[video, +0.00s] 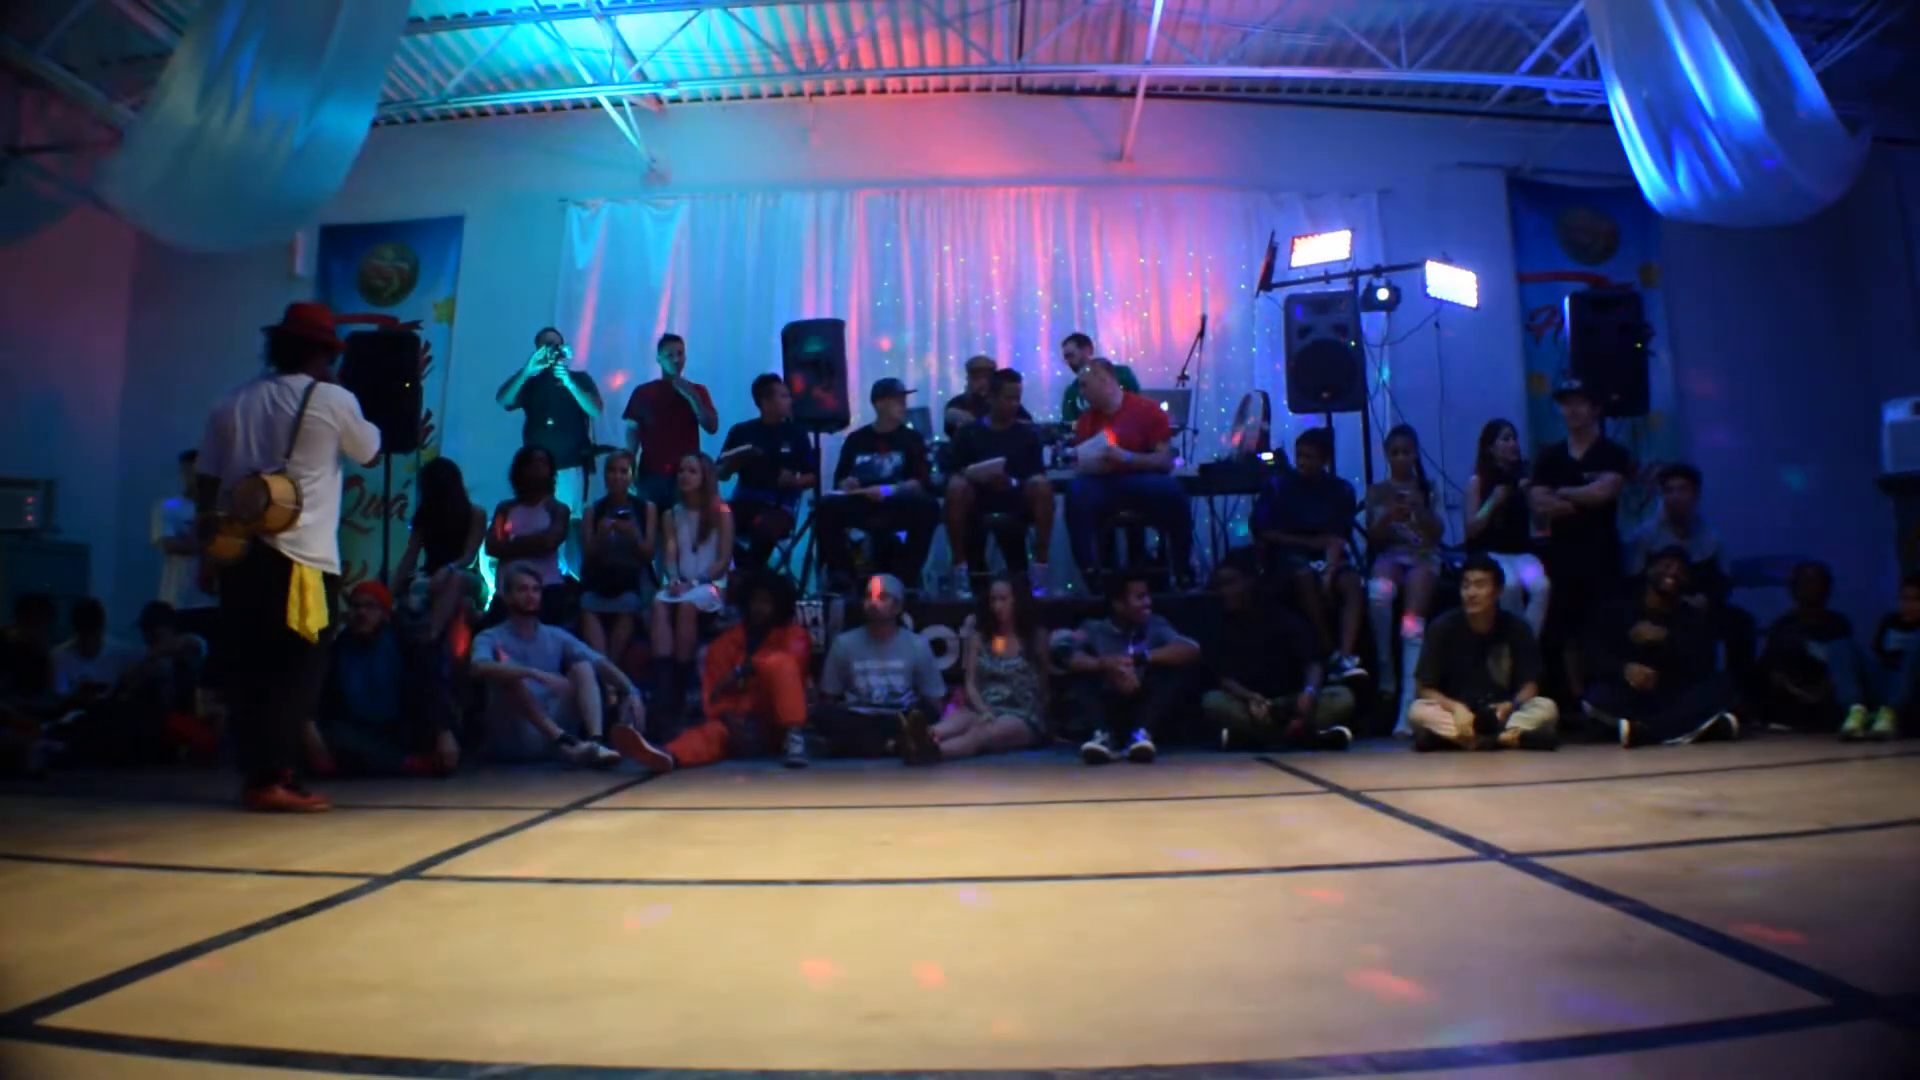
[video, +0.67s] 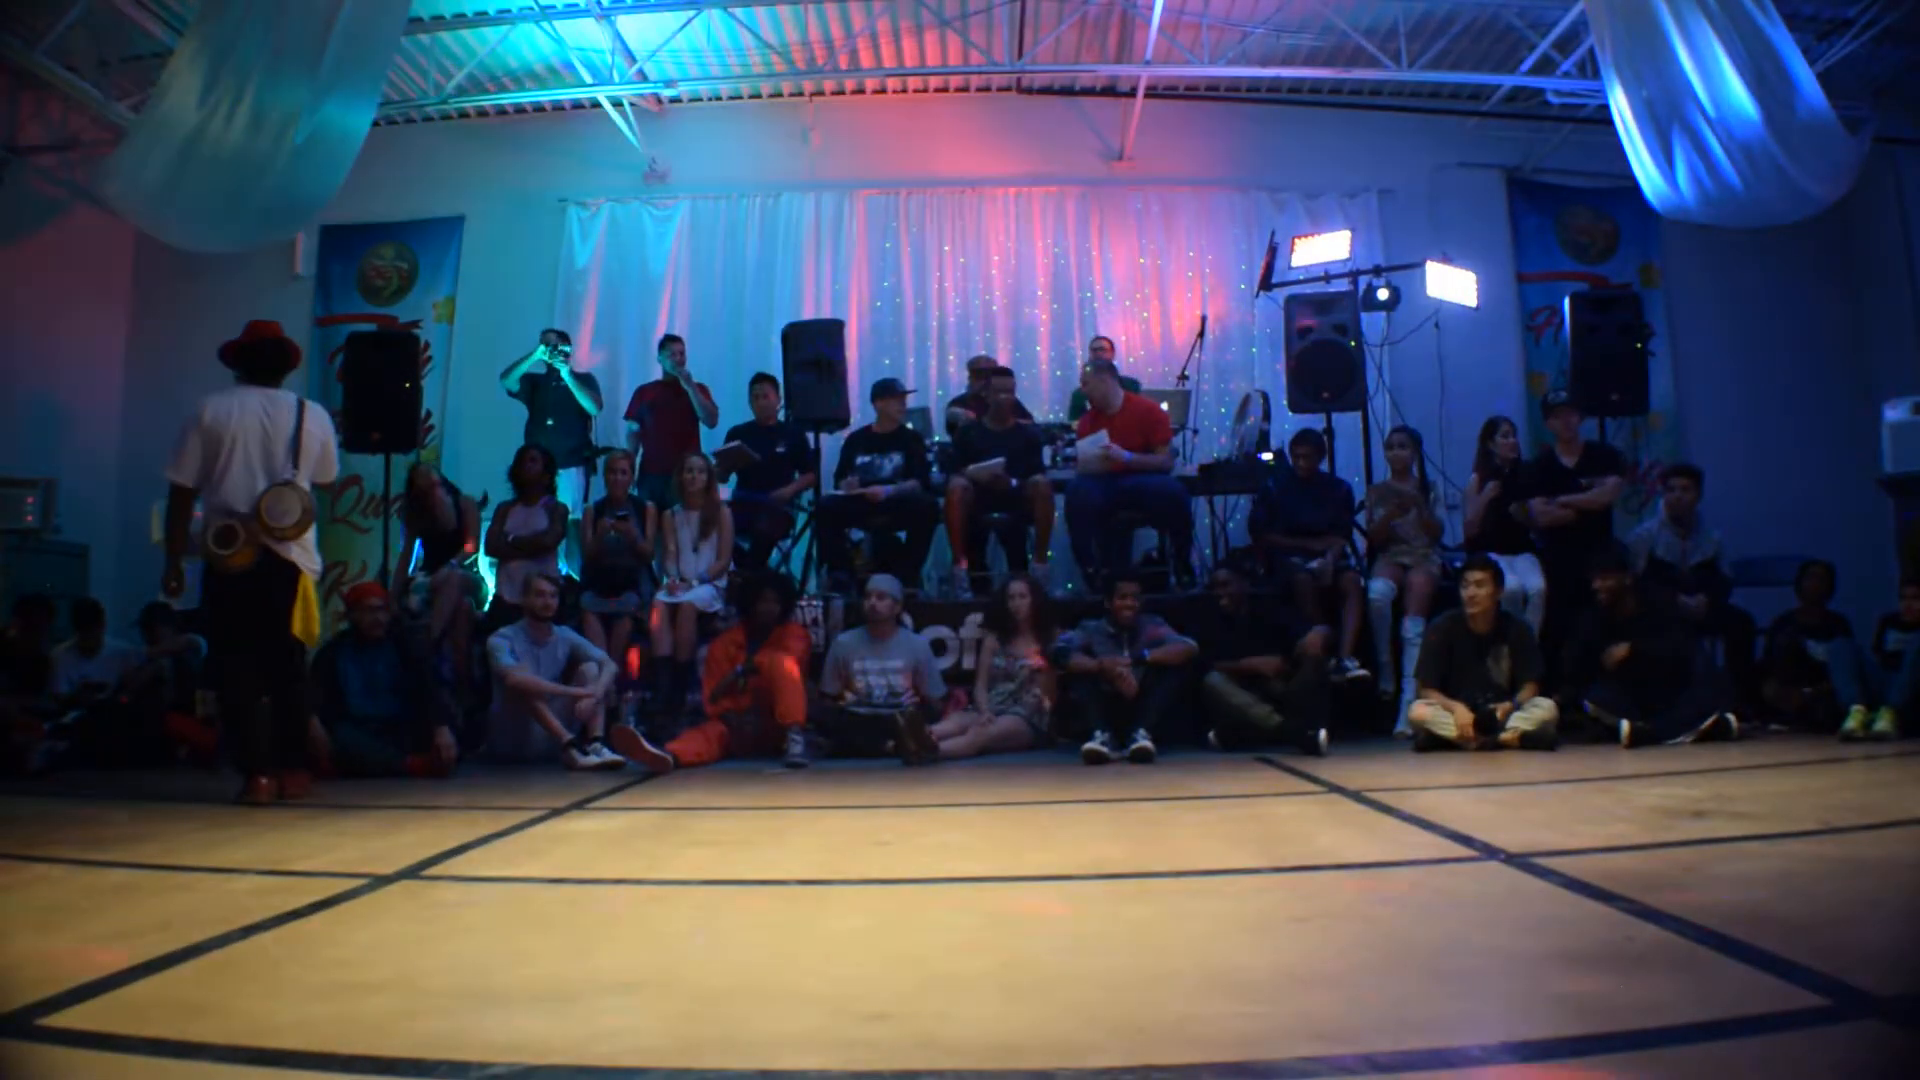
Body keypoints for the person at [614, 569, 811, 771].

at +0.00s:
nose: (759, 609)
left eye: (766, 603)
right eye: (754, 602)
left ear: (780, 607)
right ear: (745, 605)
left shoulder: (792, 635)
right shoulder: (724, 645)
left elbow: (784, 667)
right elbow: (713, 703)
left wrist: (748, 669)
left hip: (775, 721)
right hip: (738, 722)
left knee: (779, 663)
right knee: (712, 734)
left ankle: (794, 738)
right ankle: (668, 755)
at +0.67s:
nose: (768, 609)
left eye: (775, 603)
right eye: (762, 602)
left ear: (784, 607)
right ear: (749, 605)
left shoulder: (793, 634)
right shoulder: (725, 644)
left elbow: (787, 666)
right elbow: (713, 704)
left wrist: (754, 666)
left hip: (774, 717)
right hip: (736, 720)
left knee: (781, 662)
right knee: (709, 735)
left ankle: (794, 738)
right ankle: (669, 755)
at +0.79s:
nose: (769, 609)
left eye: (776, 603)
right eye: (763, 602)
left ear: (785, 607)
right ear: (749, 605)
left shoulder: (793, 633)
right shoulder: (724, 645)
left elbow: (787, 663)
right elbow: (713, 705)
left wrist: (754, 665)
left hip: (775, 719)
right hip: (736, 722)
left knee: (779, 661)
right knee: (711, 734)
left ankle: (795, 737)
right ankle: (670, 756)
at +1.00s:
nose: (768, 609)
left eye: (775, 603)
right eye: (762, 602)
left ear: (784, 607)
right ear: (749, 604)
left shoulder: (793, 634)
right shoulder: (724, 645)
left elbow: (790, 662)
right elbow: (713, 703)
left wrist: (756, 665)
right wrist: (735, 676)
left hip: (775, 718)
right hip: (737, 721)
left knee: (779, 661)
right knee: (709, 734)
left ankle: (795, 737)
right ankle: (670, 756)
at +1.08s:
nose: (768, 609)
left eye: (775, 603)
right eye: (762, 602)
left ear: (784, 607)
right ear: (749, 604)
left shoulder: (793, 634)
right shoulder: (724, 645)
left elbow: (790, 666)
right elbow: (714, 703)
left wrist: (756, 665)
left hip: (775, 718)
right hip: (738, 721)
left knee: (779, 661)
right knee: (711, 733)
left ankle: (794, 738)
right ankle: (671, 756)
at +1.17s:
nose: (768, 609)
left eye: (774, 603)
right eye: (762, 602)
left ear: (784, 607)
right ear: (749, 605)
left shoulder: (793, 634)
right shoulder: (724, 645)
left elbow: (787, 669)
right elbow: (714, 705)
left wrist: (751, 666)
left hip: (774, 717)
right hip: (738, 720)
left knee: (780, 661)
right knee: (711, 734)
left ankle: (794, 739)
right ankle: (670, 755)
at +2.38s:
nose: (767, 609)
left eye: (773, 603)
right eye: (761, 602)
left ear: (783, 606)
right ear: (748, 605)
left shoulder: (793, 633)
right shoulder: (724, 645)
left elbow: (789, 666)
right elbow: (713, 704)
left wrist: (753, 668)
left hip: (775, 715)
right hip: (738, 721)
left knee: (778, 660)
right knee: (711, 734)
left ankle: (795, 737)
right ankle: (670, 755)